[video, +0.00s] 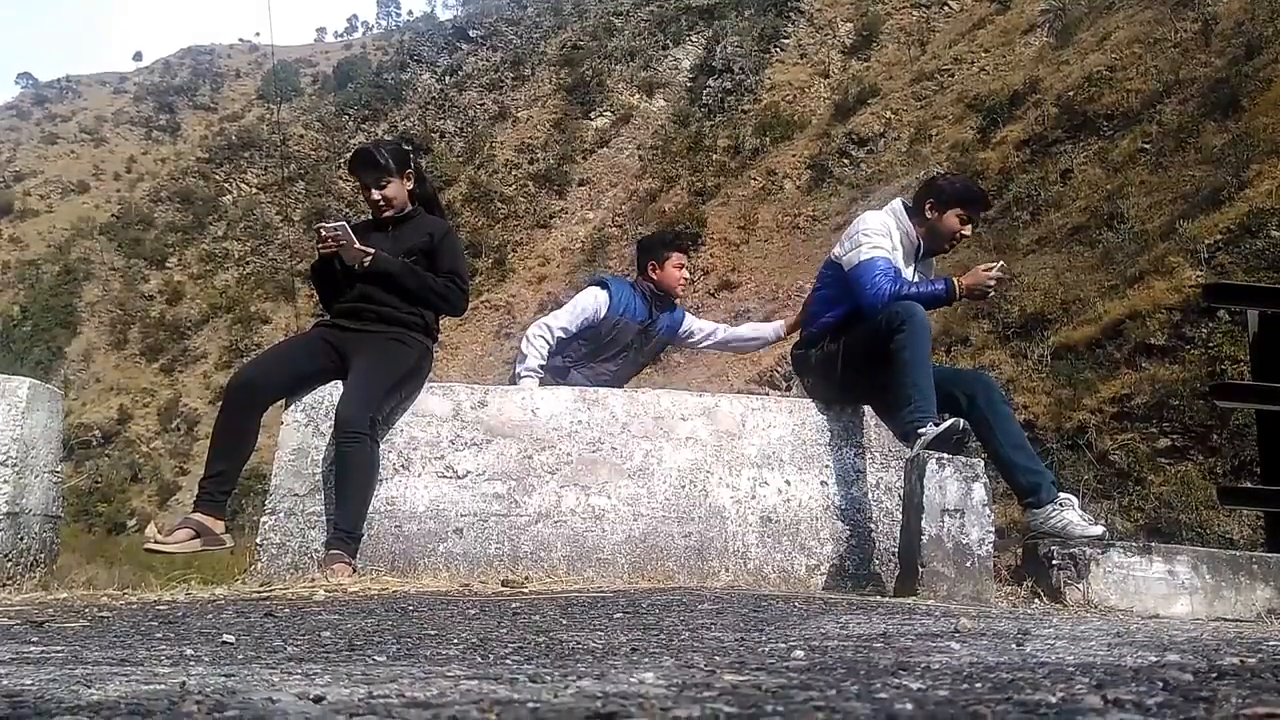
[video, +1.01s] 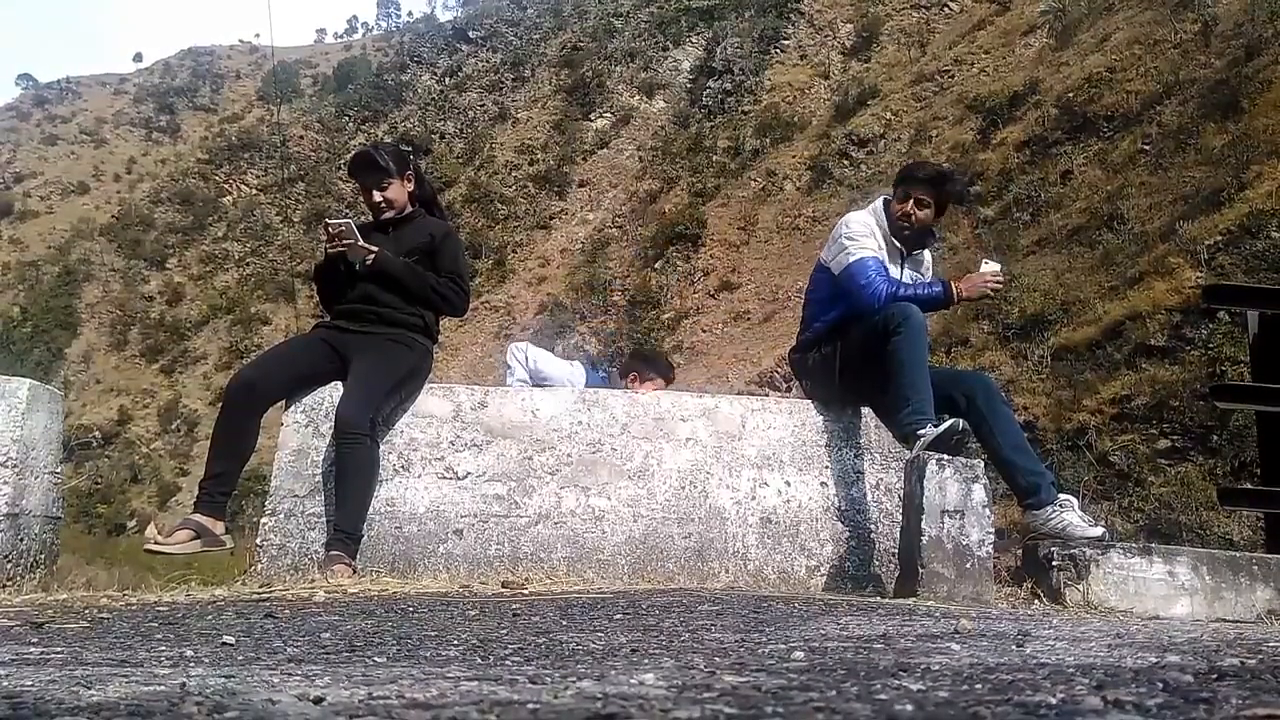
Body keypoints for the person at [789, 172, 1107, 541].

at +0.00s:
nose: (966, 232)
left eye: (970, 223)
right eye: (962, 219)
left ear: (933, 215)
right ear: (930, 210)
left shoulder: (921, 250)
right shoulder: (873, 228)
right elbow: (878, 294)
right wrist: (956, 286)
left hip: (876, 370)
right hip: (827, 364)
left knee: (977, 387)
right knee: (907, 316)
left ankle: (1044, 503)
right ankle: (919, 427)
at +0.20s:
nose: (964, 226)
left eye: (968, 217)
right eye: (958, 213)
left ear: (929, 213)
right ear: (925, 206)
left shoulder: (922, 252)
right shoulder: (871, 226)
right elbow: (874, 293)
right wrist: (953, 283)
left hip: (877, 370)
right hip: (828, 365)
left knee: (976, 386)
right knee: (906, 316)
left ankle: (1044, 504)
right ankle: (917, 427)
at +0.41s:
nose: (958, 226)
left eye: (963, 218)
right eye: (952, 214)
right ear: (922, 205)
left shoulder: (921, 251)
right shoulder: (868, 228)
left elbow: (912, 305)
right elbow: (874, 293)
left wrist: (954, 289)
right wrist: (951, 284)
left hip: (877, 371)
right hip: (827, 366)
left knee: (976, 387)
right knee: (905, 316)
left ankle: (1043, 504)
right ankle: (917, 427)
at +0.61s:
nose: (944, 218)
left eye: (952, 212)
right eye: (936, 204)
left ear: (954, 219)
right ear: (908, 198)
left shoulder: (920, 255)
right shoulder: (863, 227)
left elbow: (909, 312)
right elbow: (872, 291)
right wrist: (951, 286)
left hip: (877, 372)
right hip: (826, 367)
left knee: (976, 388)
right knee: (903, 314)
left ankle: (1043, 505)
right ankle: (916, 426)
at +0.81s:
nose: (927, 211)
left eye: (938, 206)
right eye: (920, 199)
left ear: (943, 216)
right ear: (897, 198)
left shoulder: (920, 256)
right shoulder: (859, 228)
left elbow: (911, 312)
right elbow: (873, 291)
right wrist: (950, 289)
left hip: (879, 372)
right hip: (826, 366)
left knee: (976, 387)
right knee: (903, 316)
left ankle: (1043, 504)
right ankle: (918, 428)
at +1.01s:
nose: (907, 209)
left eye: (921, 205)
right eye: (901, 198)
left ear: (936, 217)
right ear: (891, 197)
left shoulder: (921, 254)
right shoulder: (855, 229)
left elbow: (914, 308)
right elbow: (875, 292)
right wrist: (951, 290)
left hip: (880, 373)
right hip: (825, 368)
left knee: (977, 388)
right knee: (904, 317)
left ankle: (1043, 505)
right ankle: (918, 429)